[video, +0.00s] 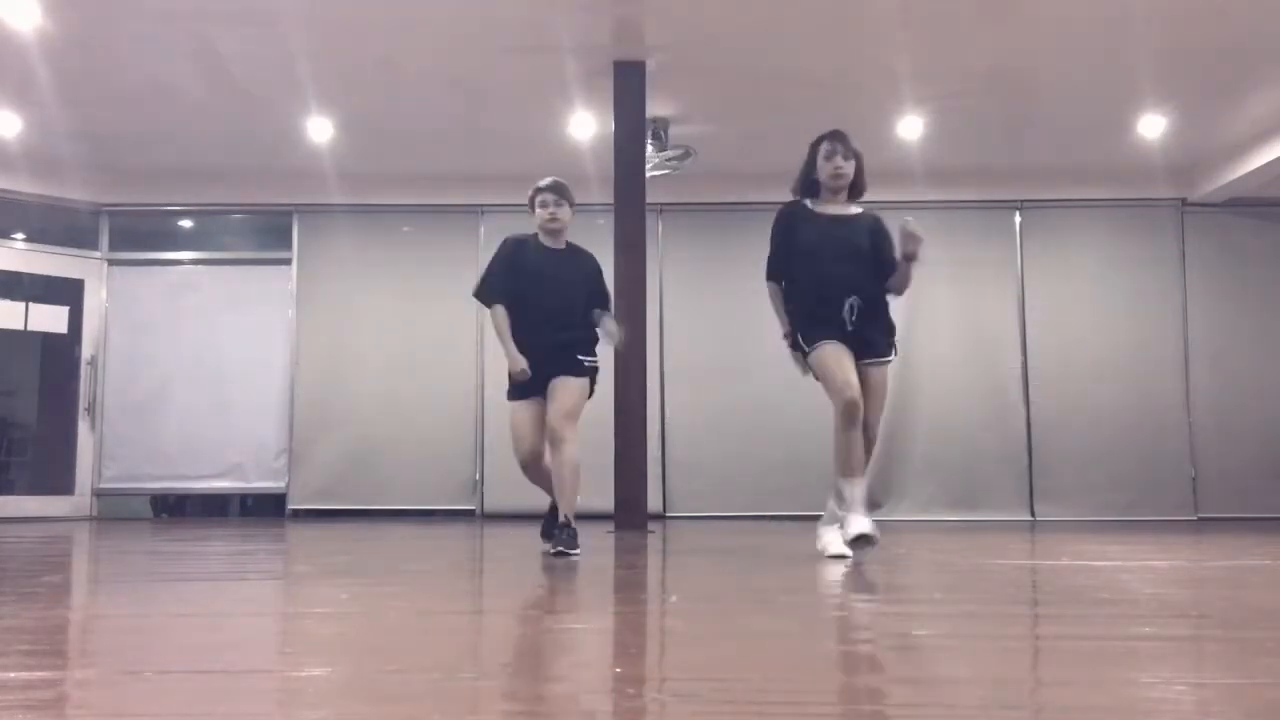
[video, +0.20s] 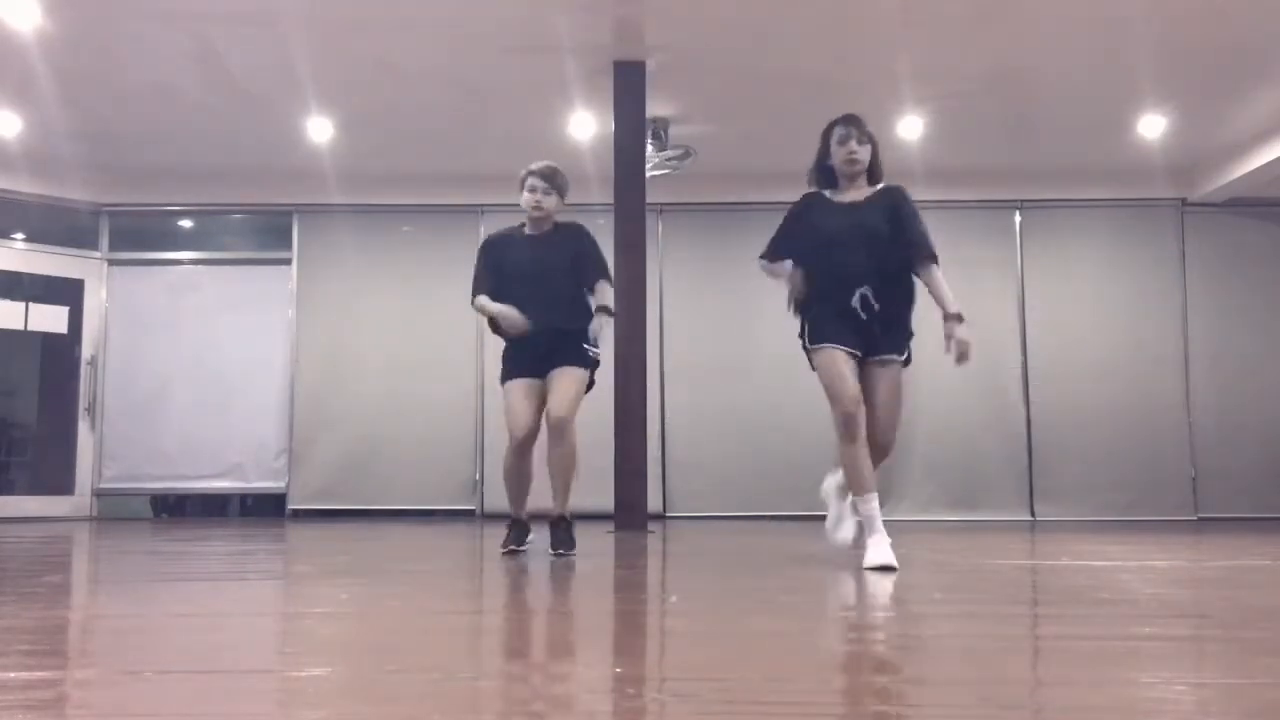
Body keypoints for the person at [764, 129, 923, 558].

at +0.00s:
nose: (838, 163)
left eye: (845, 157)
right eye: (829, 156)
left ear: (856, 167)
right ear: (814, 166)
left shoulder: (871, 222)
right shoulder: (793, 217)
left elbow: (894, 287)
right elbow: (774, 278)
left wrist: (907, 260)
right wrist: (787, 326)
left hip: (871, 326)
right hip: (818, 325)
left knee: (867, 428)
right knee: (850, 399)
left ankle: (832, 523)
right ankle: (856, 511)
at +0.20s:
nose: (853, 148)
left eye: (860, 141)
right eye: (843, 142)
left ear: (873, 150)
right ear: (827, 153)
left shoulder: (893, 199)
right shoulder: (810, 207)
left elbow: (924, 262)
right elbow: (770, 260)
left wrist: (952, 314)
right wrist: (792, 274)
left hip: (886, 326)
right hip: (828, 325)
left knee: (883, 440)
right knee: (850, 414)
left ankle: (840, 488)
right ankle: (874, 533)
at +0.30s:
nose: (857, 141)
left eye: (864, 133)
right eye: (846, 134)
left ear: (877, 141)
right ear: (832, 146)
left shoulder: (902, 188)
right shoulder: (823, 204)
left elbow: (933, 257)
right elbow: (789, 275)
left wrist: (933, 319)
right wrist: (811, 228)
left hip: (888, 308)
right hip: (828, 314)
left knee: (892, 393)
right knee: (851, 423)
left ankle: (872, 435)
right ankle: (875, 535)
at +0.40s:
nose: (859, 135)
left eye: (864, 125)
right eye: (847, 132)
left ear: (879, 130)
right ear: (836, 147)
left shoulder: (917, 181)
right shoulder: (834, 199)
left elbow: (930, 253)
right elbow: (812, 265)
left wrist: (916, 304)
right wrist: (843, 210)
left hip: (894, 292)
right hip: (835, 302)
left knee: (885, 350)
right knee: (854, 421)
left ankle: (888, 449)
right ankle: (877, 533)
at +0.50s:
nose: (872, 122)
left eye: (877, 113)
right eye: (859, 119)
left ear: (891, 120)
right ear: (843, 134)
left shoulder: (911, 182)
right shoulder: (840, 180)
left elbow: (927, 241)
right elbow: (835, 233)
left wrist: (926, 262)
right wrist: (877, 187)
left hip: (901, 286)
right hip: (844, 294)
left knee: (888, 383)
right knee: (863, 415)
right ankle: (898, 530)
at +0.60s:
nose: (888, 124)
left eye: (897, 117)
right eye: (878, 116)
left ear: (908, 126)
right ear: (856, 127)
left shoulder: (902, 180)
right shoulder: (843, 168)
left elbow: (901, 243)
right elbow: (857, 190)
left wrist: (920, 270)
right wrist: (894, 168)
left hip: (909, 301)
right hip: (853, 305)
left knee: (912, 403)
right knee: (875, 428)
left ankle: (909, 535)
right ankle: (894, 532)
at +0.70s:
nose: (893, 139)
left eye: (903, 134)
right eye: (888, 128)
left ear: (910, 143)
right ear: (870, 121)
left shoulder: (905, 197)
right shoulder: (841, 168)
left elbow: (912, 273)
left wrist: (932, 261)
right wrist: (912, 122)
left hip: (918, 304)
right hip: (861, 307)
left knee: (930, 406)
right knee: (895, 403)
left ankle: (910, 537)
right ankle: (881, 475)